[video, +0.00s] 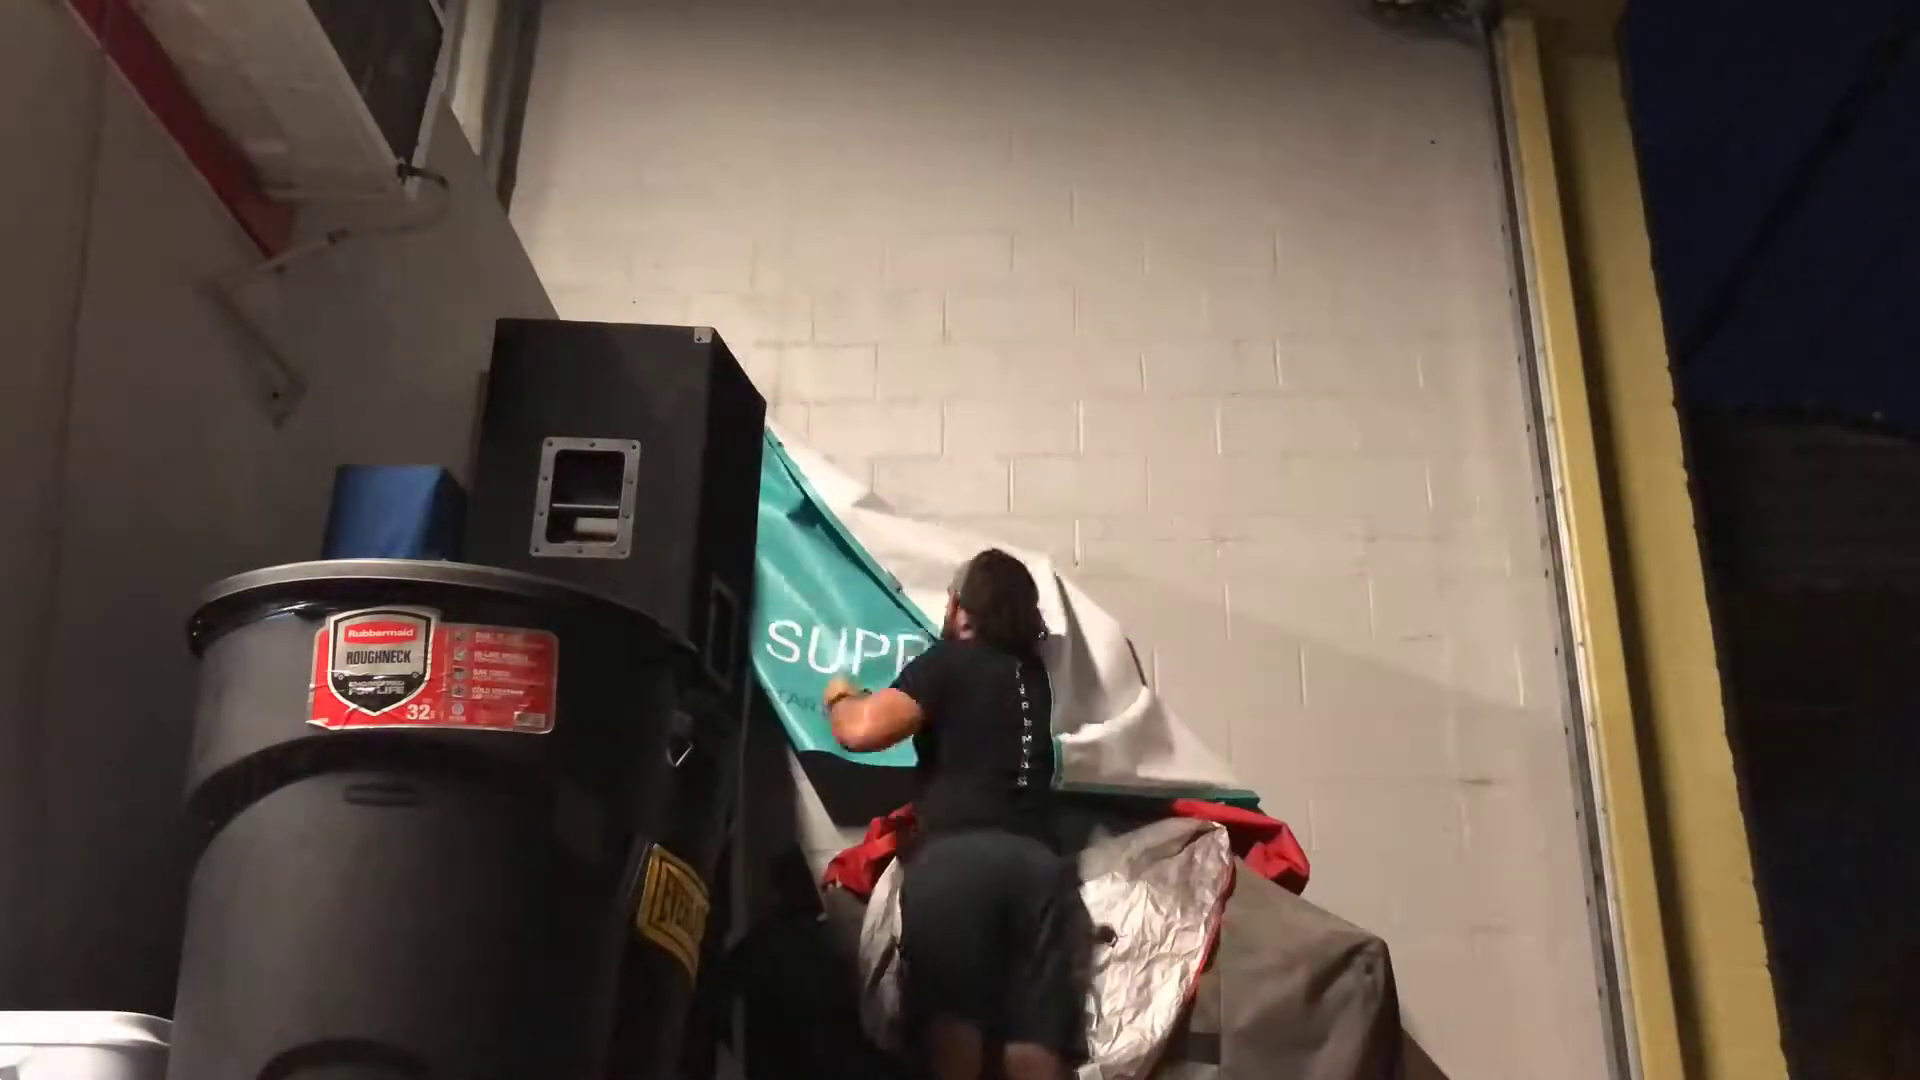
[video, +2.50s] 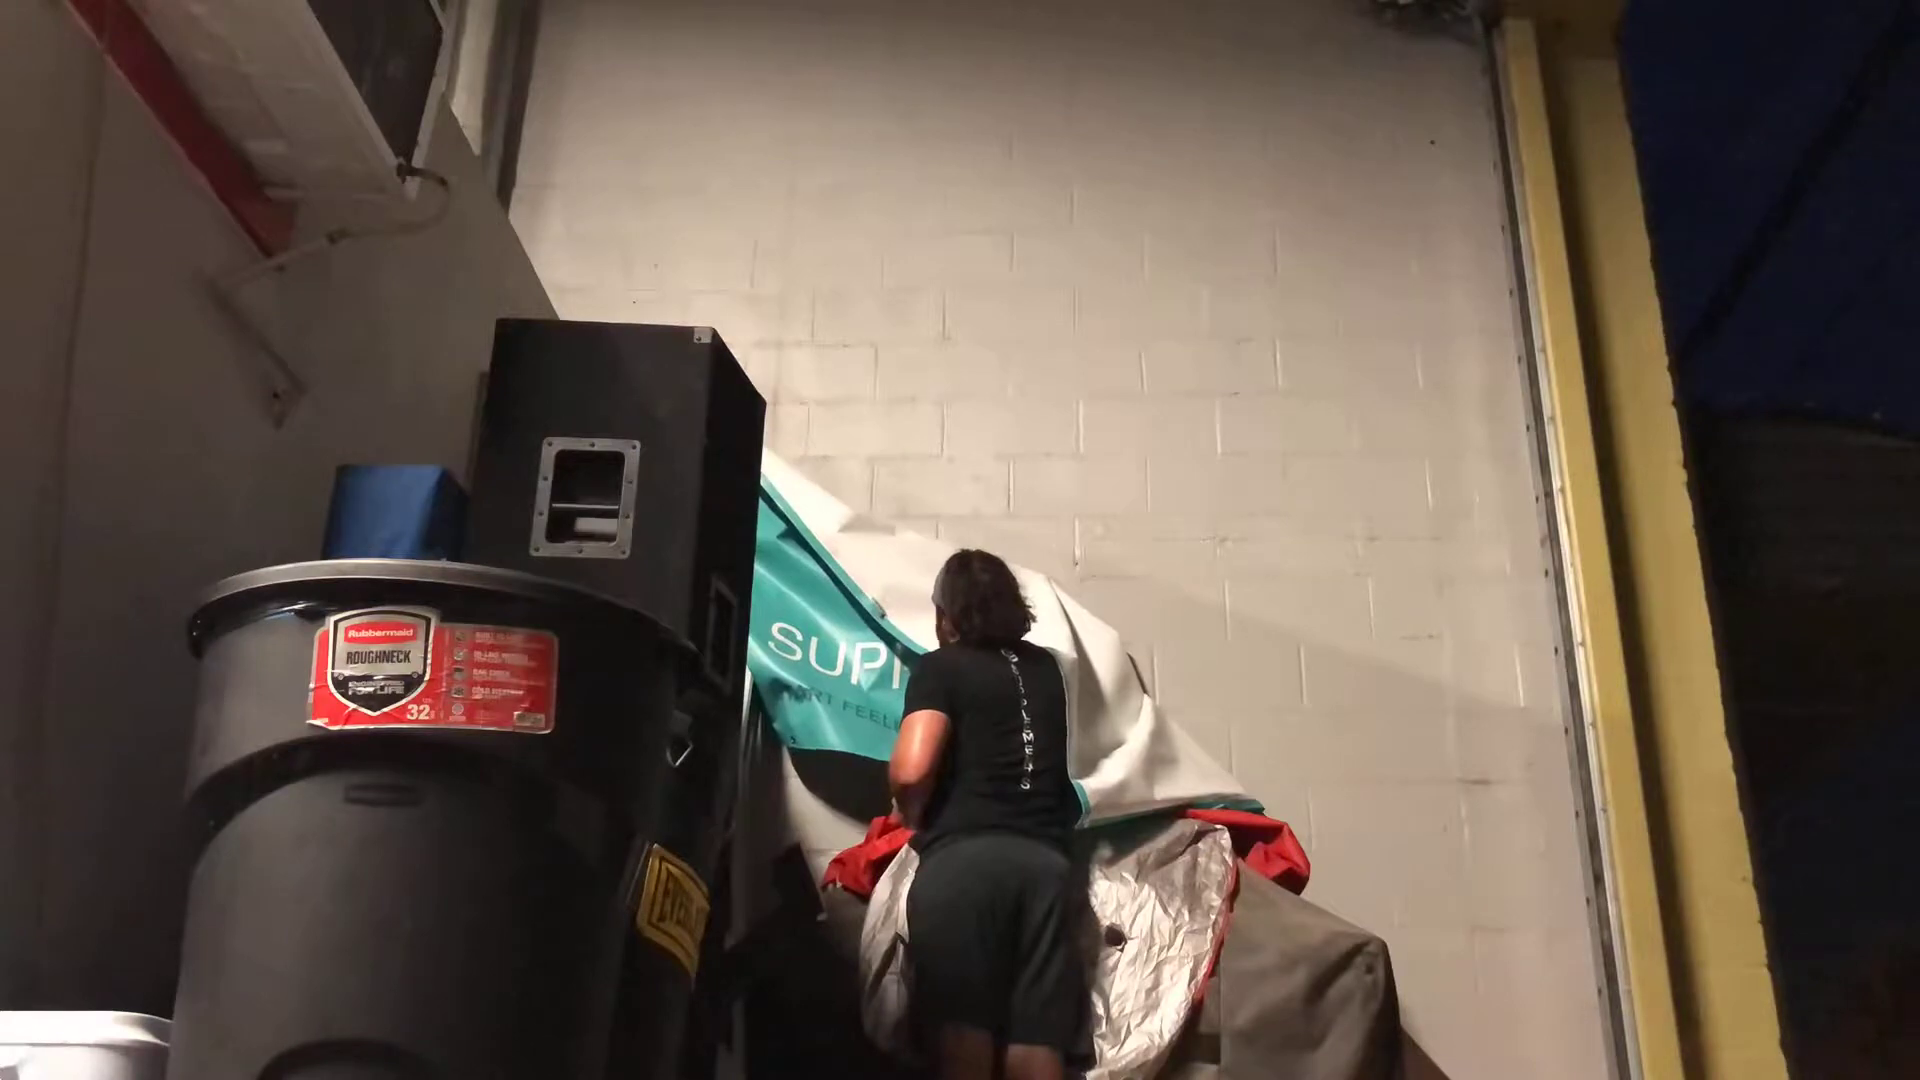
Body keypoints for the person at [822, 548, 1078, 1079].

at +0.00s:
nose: (948, 602)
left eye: (954, 596)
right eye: (952, 594)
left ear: (962, 609)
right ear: (1021, 615)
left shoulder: (946, 664)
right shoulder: (1034, 677)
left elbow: (859, 732)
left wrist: (840, 697)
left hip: (957, 851)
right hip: (1038, 856)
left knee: (953, 1028)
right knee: (1034, 1038)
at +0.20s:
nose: (962, 607)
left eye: (967, 599)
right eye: (966, 598)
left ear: (979, 610)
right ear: (1034, 618)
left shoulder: (956, 651)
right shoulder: (1038, 673)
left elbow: (850, 627)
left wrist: (807, 591)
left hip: (967, 851)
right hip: (1046, 859)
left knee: (963, 1034)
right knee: (1040, 1042)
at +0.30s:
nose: (960, 609)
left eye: (965, 600)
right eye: (964, 599)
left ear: (977, 611)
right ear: (1033, 620)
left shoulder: (957, 652)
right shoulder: (1037, 675)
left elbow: (849, 626)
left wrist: (809, 589)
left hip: (967, 853)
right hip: (1046, 861)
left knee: (962, 1037)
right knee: (1040, 1045)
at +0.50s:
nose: (956, 617)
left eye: (961, 605)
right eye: (961, 605)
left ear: (973, 613)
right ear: (1033, 618)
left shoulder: (977, 656)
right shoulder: (1038, 672)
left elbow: (969, 739)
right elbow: (1020, 772)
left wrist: (913, 789)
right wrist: (930, 809)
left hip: (982, 852)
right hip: (1051, 857)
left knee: (967, 1026)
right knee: (1043, 1036)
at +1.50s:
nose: (957, 605)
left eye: (961, 596)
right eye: (961, 595)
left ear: (972, 602)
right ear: (1038, 604)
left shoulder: (962, 658)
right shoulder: (1063, 672)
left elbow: (923, 762)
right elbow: (1044, 764)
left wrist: (903, 803)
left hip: (966, 856)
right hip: (1047, 862)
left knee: (962, 1041)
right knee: (1037, 1047)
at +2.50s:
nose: (935, 619)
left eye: (937, 609)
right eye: (937, 608)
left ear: (947, 615)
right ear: (1012, 609)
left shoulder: (940, 666)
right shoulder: (1047, 667)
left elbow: (911, 768)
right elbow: (1048, 762)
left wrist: (911, 819)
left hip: (964, 855)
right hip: (1047, 861)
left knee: (963, 1038)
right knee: (1038, 1044)